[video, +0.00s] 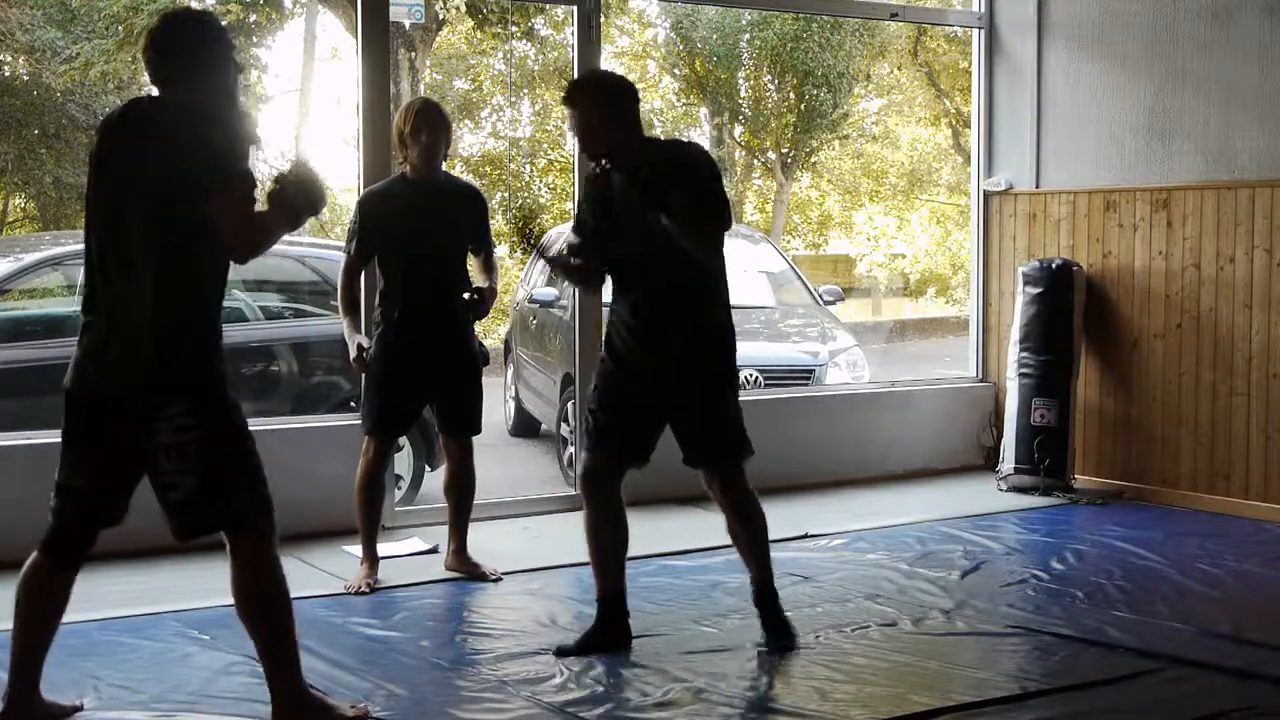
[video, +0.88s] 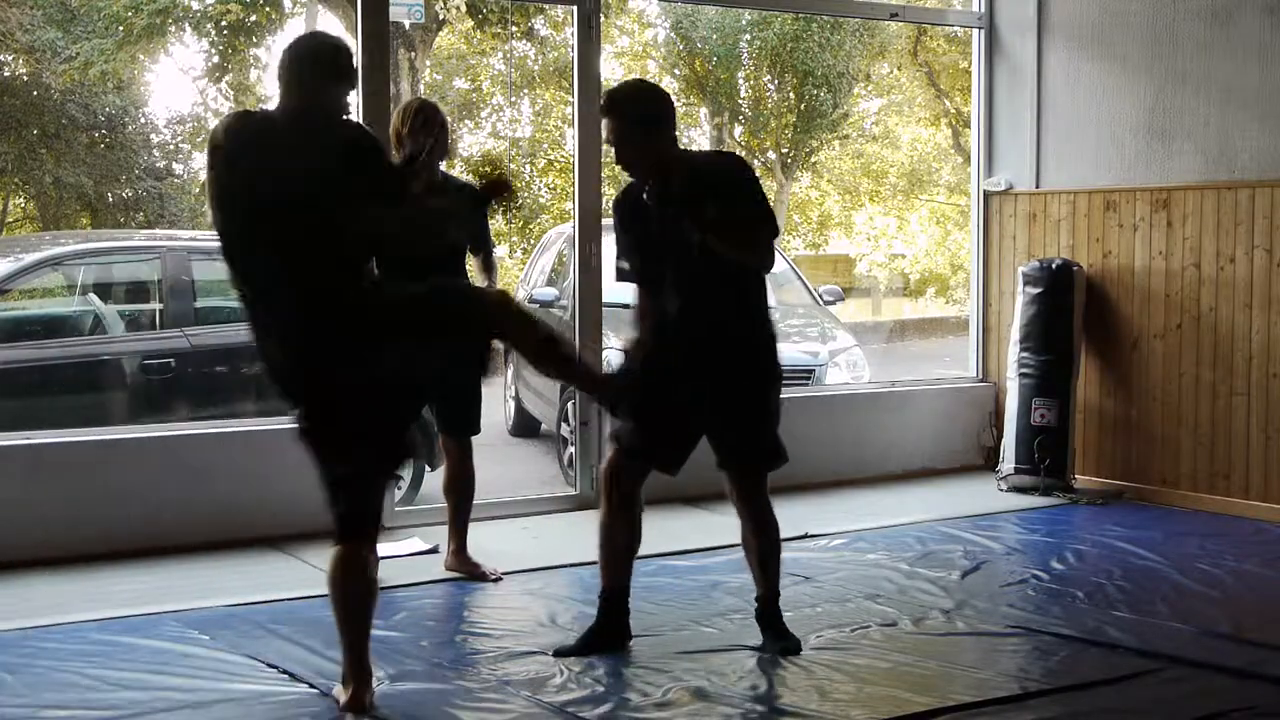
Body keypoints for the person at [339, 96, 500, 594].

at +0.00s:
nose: (430, 140)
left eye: (437, 131)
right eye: (420, 132)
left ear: (448, 137)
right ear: (404, 139)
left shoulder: (467, 198)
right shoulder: (376, 201)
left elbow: (485, 259)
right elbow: (350, 275)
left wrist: (489, 291)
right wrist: (353, 336)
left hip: (453, 337)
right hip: (394, 339)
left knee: (459, 446)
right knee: (377, 447)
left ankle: (457, 551)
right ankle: (368, 561)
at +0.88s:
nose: (429, 142)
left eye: (436, 132)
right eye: (420, 132)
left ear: (446, 138)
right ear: (400, 136)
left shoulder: (462, 196)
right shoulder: (379, 189)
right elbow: (361, 258)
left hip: (452, 329)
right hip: (391, 326)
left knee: (456, 443)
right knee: (381, 435)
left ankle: (457, 550)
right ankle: (363, 548)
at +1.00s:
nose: (427, 143)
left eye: (435, 134)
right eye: (418, 133)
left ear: (447, 140)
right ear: (398, 137)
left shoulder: (464, 198)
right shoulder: (376, 189)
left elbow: (487, 264)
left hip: (450, 331)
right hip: (391, 328)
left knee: (456, 446)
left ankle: (457, 549)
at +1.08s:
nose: (428, 144)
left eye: (435, 133)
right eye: (418, 133)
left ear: (447, 139)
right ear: (398, 136)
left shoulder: (464, 198)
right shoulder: (376, 186)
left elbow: (483, 268)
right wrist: (482, 267)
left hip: (451, 331)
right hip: (393, 326)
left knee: (456, 446)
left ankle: (457, 549)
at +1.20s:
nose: (429, 144)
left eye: (434, 134)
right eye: (422, 134)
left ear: (444, 138)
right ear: (406, 134)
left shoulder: (463, 195)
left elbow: (485, 264)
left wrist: (489, 298)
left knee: (457, 444)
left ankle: (458, 549)